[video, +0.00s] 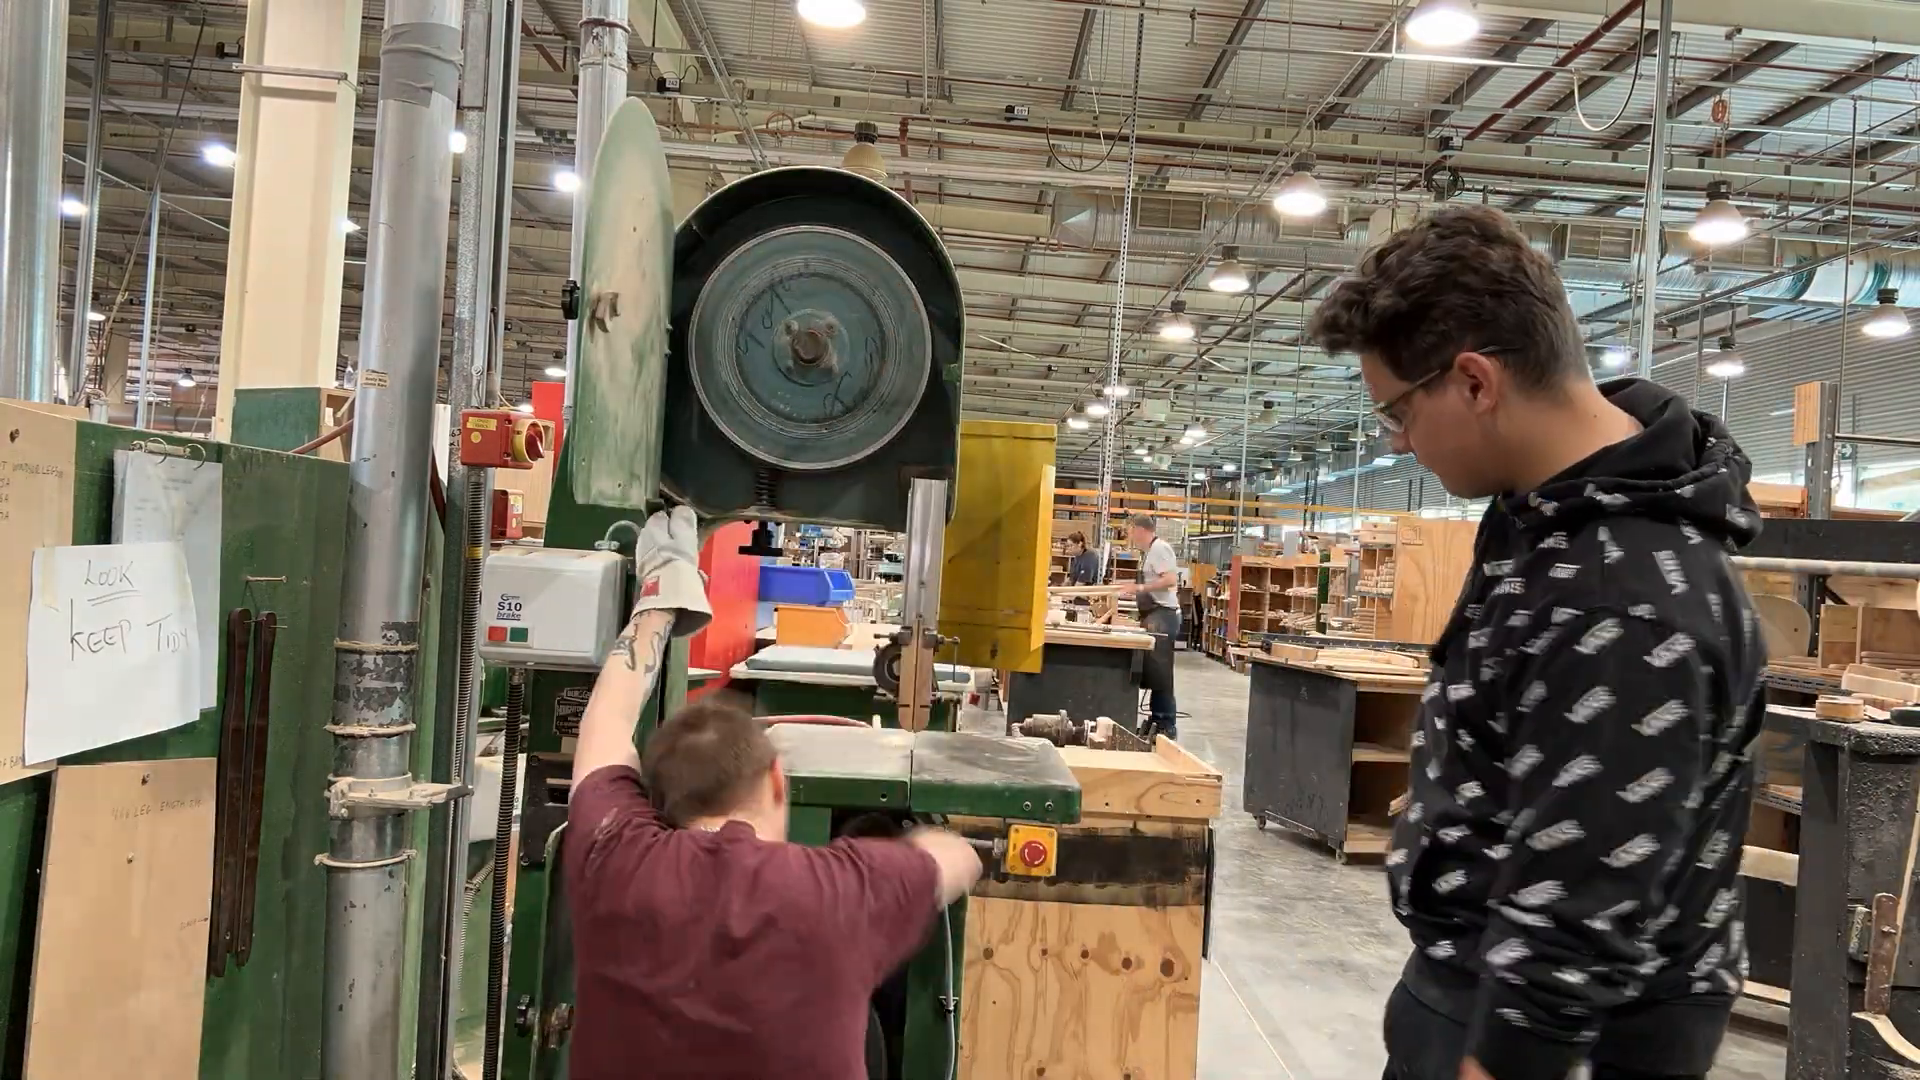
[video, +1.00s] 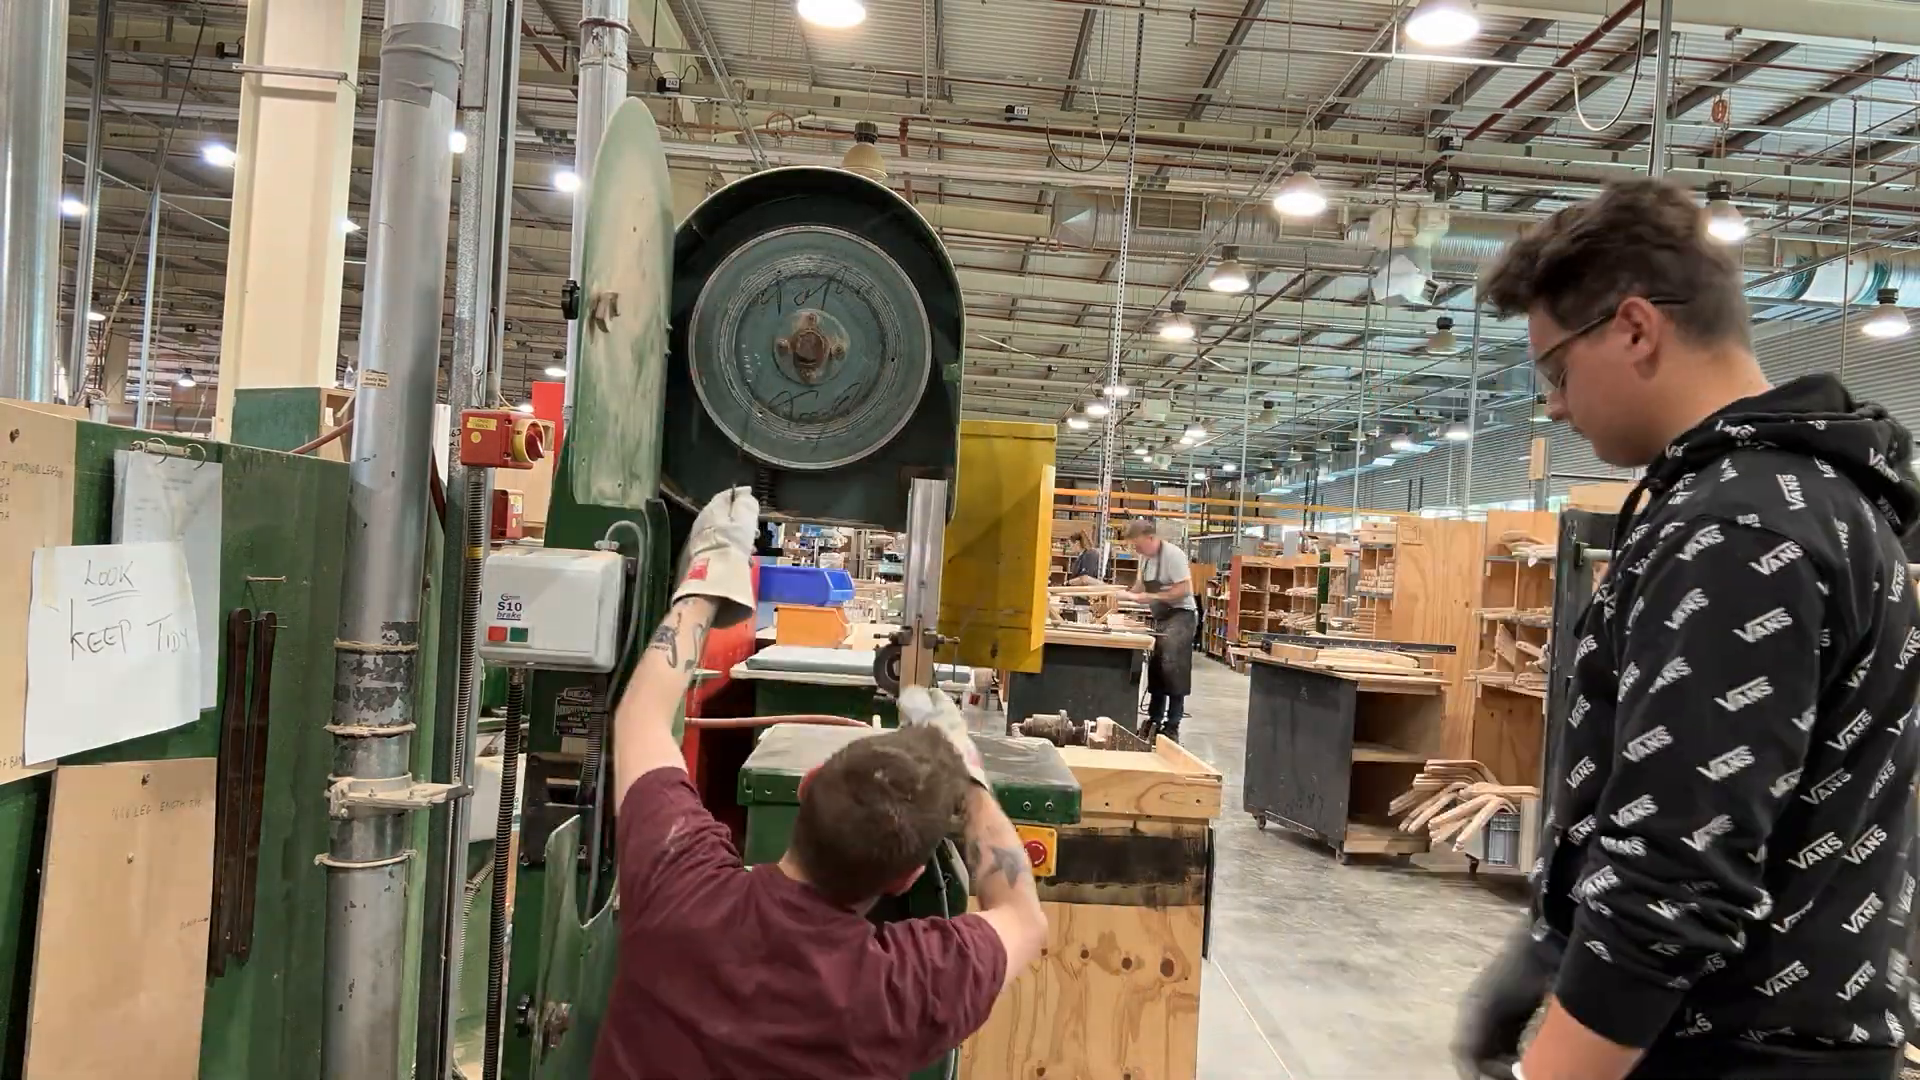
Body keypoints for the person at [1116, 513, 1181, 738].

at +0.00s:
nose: (1130, 536)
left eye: (1132, 532)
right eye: (1131, 532)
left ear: (1143, 531)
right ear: (1144, 531)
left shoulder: (1160, 549)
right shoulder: (1150, 552)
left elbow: (1170, 579)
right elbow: (1155, 583)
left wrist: (1140, 587)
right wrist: (1132, 589)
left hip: (1163, 614)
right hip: (1153, 613)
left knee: (1161, 670)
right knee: (1154, 670)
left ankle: (1167, 725)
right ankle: (1156, 719)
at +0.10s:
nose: (1136, 547)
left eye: (1137, 542)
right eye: (1135, 543)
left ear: (1147, 537)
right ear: (1151, 536)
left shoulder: (1161, 555)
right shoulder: (1171, 550)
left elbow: (1161, 597)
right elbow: (1155, 579)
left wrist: (1132, 617)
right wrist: (1128, 582)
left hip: (1181, 617)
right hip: (1188, 616)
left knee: (1169, 676)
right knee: (1191, 675)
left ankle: (1157, 728)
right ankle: (1201, 728)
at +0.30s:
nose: (1176, 541)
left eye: (1178, 536)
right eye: (1175, 536)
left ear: (1191, 531)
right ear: (1191, 532)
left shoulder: (1201, 555)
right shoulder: (1200, 553)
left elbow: (1198, 588)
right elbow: (1194, 586)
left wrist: (1169, 586)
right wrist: (1169, 582)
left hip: (1197, 621)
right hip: (1196, 620)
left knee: (1180, 675)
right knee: (1197, 678)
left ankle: (1166, 727)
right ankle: (1202, 729)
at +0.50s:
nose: (1151, 541)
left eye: (1154, 536)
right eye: (1151, 536)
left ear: (1168, 535)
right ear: (1164, 536)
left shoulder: (1180, 556)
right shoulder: (1171, 555)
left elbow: (1179, 592)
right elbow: (1176, 590)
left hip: (1190, 619)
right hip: (1185, 618)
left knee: (1177, 675)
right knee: (1194, 676)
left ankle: (1165, 728)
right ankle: (1202, 729)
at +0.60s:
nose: (1136, 547)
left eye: (1137, 542)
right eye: (1135, 543)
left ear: (1150, 536)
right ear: (1148, 538)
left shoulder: (1168, 555)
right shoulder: (1155, 557)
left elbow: (1175, 592)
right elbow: (1154, 592)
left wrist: (1152, 621)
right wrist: (1143, 618)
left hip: (1183, 616)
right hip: (1172, 615)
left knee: (1170, 671)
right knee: (1177, 671)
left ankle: (1164, 728)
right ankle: (1198, 724)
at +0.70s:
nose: (1149, 542)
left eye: (1152, 537)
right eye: (1148, 537)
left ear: (1165, 533)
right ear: (1157, 535)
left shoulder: (1181, 554)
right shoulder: (1160, 552)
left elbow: (1188, 589)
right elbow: (1151, 580)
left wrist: (1153, 593)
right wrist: (1132, 583)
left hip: (1179, 616)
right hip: (1162, 614)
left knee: (1172, 669)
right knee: (1156, 669)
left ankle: (1172, 725)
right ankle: (1157, 719)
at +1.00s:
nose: (1136, 550)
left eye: (1138, 545)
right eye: (1134, 546)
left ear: (1151, 538)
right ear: (1145, 540)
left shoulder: (1173, 555)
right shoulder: (1147, 559)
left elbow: (1182, 590)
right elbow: (1138, 589)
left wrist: (1148, 597)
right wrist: (1120, 595)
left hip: (1182, 614)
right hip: (1161, 614)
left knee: (1174, 666)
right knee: (1157, 666)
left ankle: (1172, 725)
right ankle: (1154, 720)